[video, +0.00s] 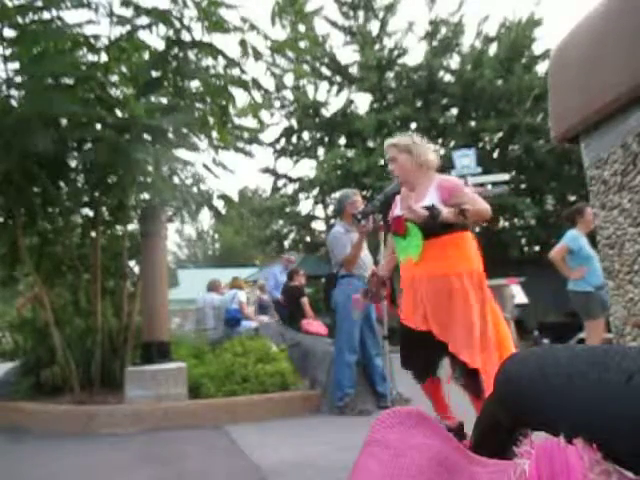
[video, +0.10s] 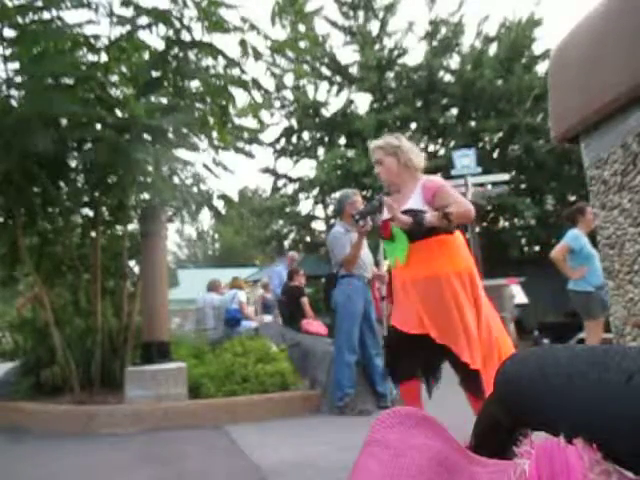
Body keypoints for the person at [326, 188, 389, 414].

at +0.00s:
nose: (361, 206)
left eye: (361, 202)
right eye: (357, 202)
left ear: (357, 207)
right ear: (346, 207)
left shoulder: (357, 231)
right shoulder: (337, 233)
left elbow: (365, 262)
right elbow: (348, 263)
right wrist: (362, 238)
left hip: (366, 282)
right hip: (348, 283)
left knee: (372, 342)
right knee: (348, 343)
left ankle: (385, 392)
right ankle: (344, 397)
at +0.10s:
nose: (362, 206)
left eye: (362, 202)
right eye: (357, 202)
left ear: (354, 207)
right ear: (346, 207)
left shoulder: (357, 232)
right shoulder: (337, 233)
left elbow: (363, 263)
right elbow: (347, 263)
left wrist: (376, 273)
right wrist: (360, 238)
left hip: (365, 283)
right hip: (349, 283)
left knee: (372, 341)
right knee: (348, 343)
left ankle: (385, 392)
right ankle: (343, 397)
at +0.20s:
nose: (361, 209)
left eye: (361, 205)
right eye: (356, 205)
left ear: (358, 207)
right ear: (345, 208)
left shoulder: (359, 231)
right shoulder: (337, 233)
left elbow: (367, 261)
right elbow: (347, 262)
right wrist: (359, 237)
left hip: (366, 282)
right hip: (349, 283)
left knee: (368, 338)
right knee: (347, 342)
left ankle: (377, 388)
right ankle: (344, 396)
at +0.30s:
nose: (354, 209)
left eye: (354, 205)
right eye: (351, 205)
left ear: (350, 208)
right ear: (343, 208)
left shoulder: (354, 229)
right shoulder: (336, 232)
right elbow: (343, 260)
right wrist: (359, 245)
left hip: (359, 279)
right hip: (345, 281)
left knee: (355, 339)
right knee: (344, 340)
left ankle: (354, 392)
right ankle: (340, 395)